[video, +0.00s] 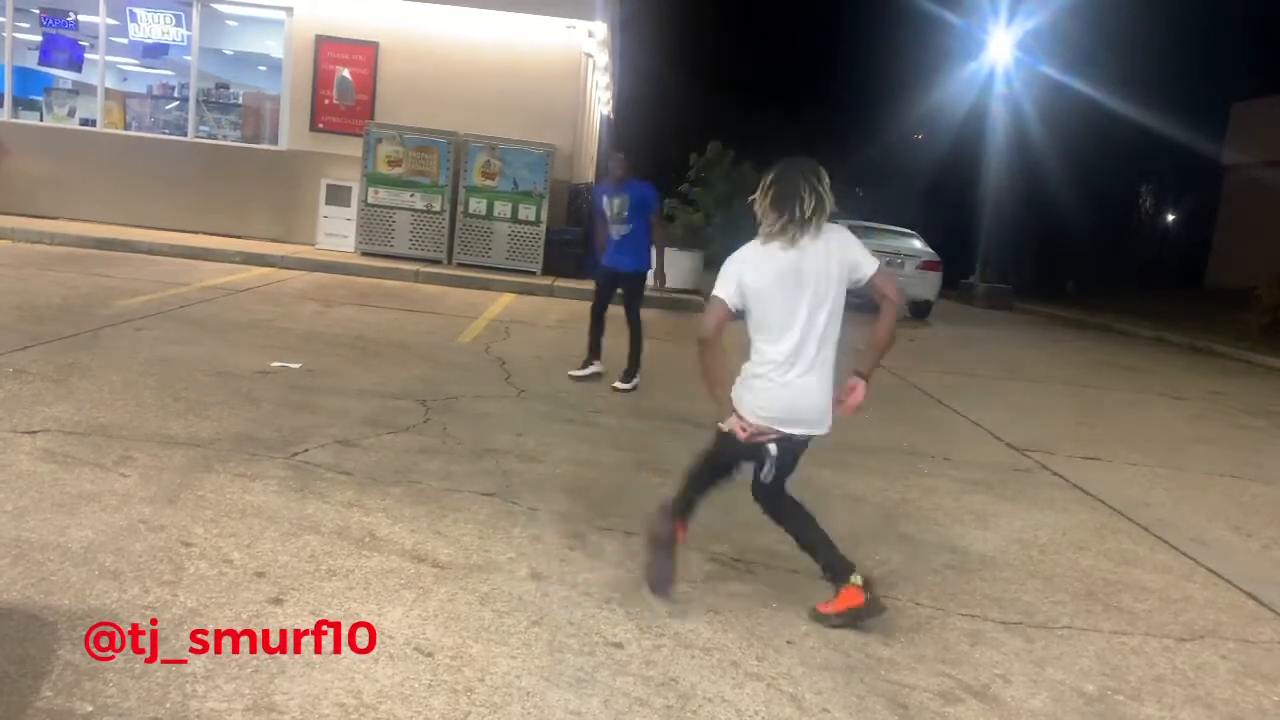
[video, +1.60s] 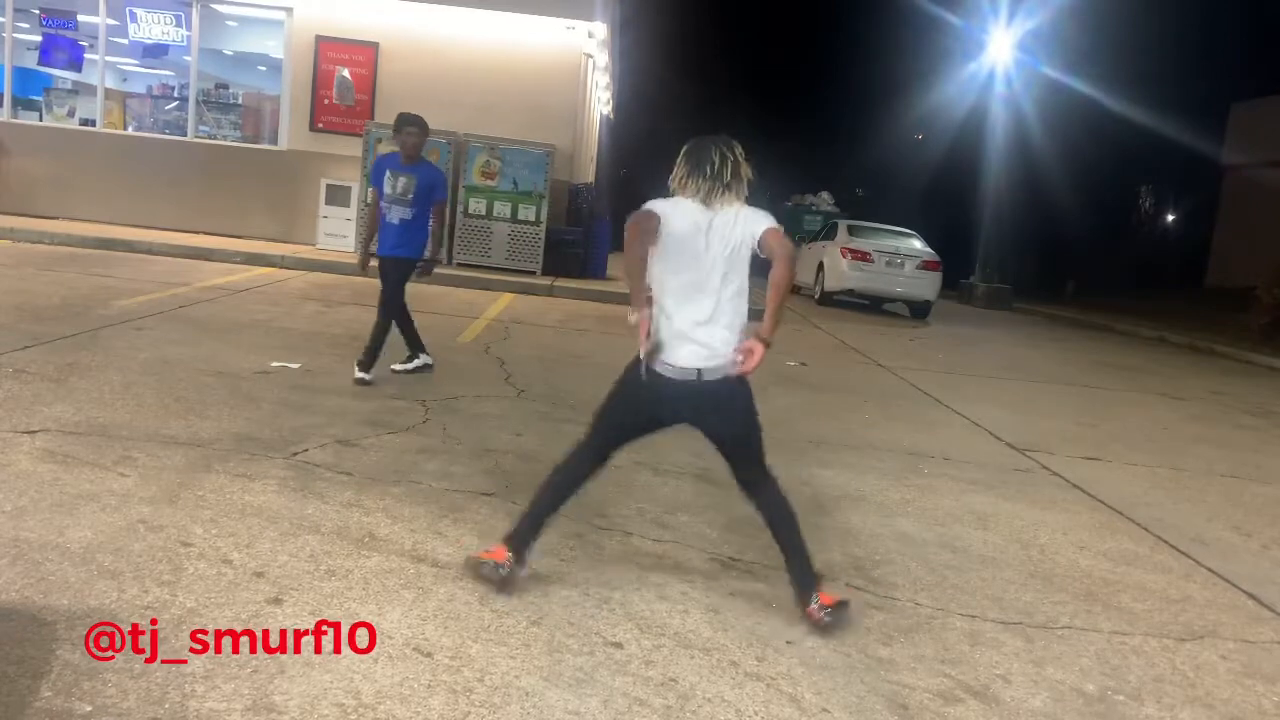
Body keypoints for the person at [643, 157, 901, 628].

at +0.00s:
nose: (756, 205)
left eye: (760, 198)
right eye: (759, 198)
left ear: (767, 203)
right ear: (820, 202)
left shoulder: (746, 259)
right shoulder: (840, 242)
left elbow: (708, 332)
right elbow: (891, 300)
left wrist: (725, 408)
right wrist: (863, 375)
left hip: (757, 401)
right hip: (813, 404)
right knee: (771, 490)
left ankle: (672, 523)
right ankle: (850, 584)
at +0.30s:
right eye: (809, 186)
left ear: (752, 184)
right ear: (806, 188)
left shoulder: (715, 234)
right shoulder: (813, 242)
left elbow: (673, 298)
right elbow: (828, 309)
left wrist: (675, 377)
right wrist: (804, 387)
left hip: (713, 395)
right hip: (773, 398)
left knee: (733, 493)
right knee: (785, 481)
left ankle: (689, 589)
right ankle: (788, 566)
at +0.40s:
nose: (735, 171)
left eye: (739, 164)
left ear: (743, 171)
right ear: (796, 176)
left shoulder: (709, 219)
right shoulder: (803, 225)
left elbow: (650, 270)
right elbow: (821, 286)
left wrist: (657, 349)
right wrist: (798, 363)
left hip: (695, 386)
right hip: (758, 390)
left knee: (681, 476)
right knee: (776, 484)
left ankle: (686, 581)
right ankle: (787, 594)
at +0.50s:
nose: (719, 166)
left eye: (724, 158)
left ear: (729, 164)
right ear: (784, 168)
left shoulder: (698, 211)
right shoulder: (793, 213)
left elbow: (636, 240)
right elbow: (811, 262)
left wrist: (645, 322)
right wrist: (789, 340)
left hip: (681, 380)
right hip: (751, 388)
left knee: (619, 447)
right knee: (800, 468)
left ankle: (629, 556)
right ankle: (818, 584)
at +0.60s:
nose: (704, 168)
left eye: (706, 160)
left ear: (711, 165)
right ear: (767, 168)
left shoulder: (684, 212)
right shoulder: (776, 214)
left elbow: (633, 251)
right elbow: (790, 273)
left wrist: (638, 335)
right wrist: (772, 351)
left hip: (664, 383)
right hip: (734, 393)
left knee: (614, 461)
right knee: (768, 476)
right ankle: (809, 585)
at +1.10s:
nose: (675, 152)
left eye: (679, 144)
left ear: (682, 147)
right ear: (738, 151)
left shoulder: (657, 188)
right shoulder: (752, 193)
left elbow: (630, 227)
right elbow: (790, 229)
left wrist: (628, 308)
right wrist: (762, 310)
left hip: (645, 361)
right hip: (717, 368)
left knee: (576, 431)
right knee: (770, 458)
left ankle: (544, 554)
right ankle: (774, 583)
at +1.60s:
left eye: (679, 171)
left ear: (683, 174)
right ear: (740, 179)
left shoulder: (663, 209)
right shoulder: (754, 219)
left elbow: (637, 231)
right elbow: (783, 253)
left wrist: (639, 301)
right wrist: (765, 333)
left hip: (654, 384)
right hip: (724, 393)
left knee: (586, 455)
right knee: (760, 482)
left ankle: (512, 549)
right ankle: (811, 594)